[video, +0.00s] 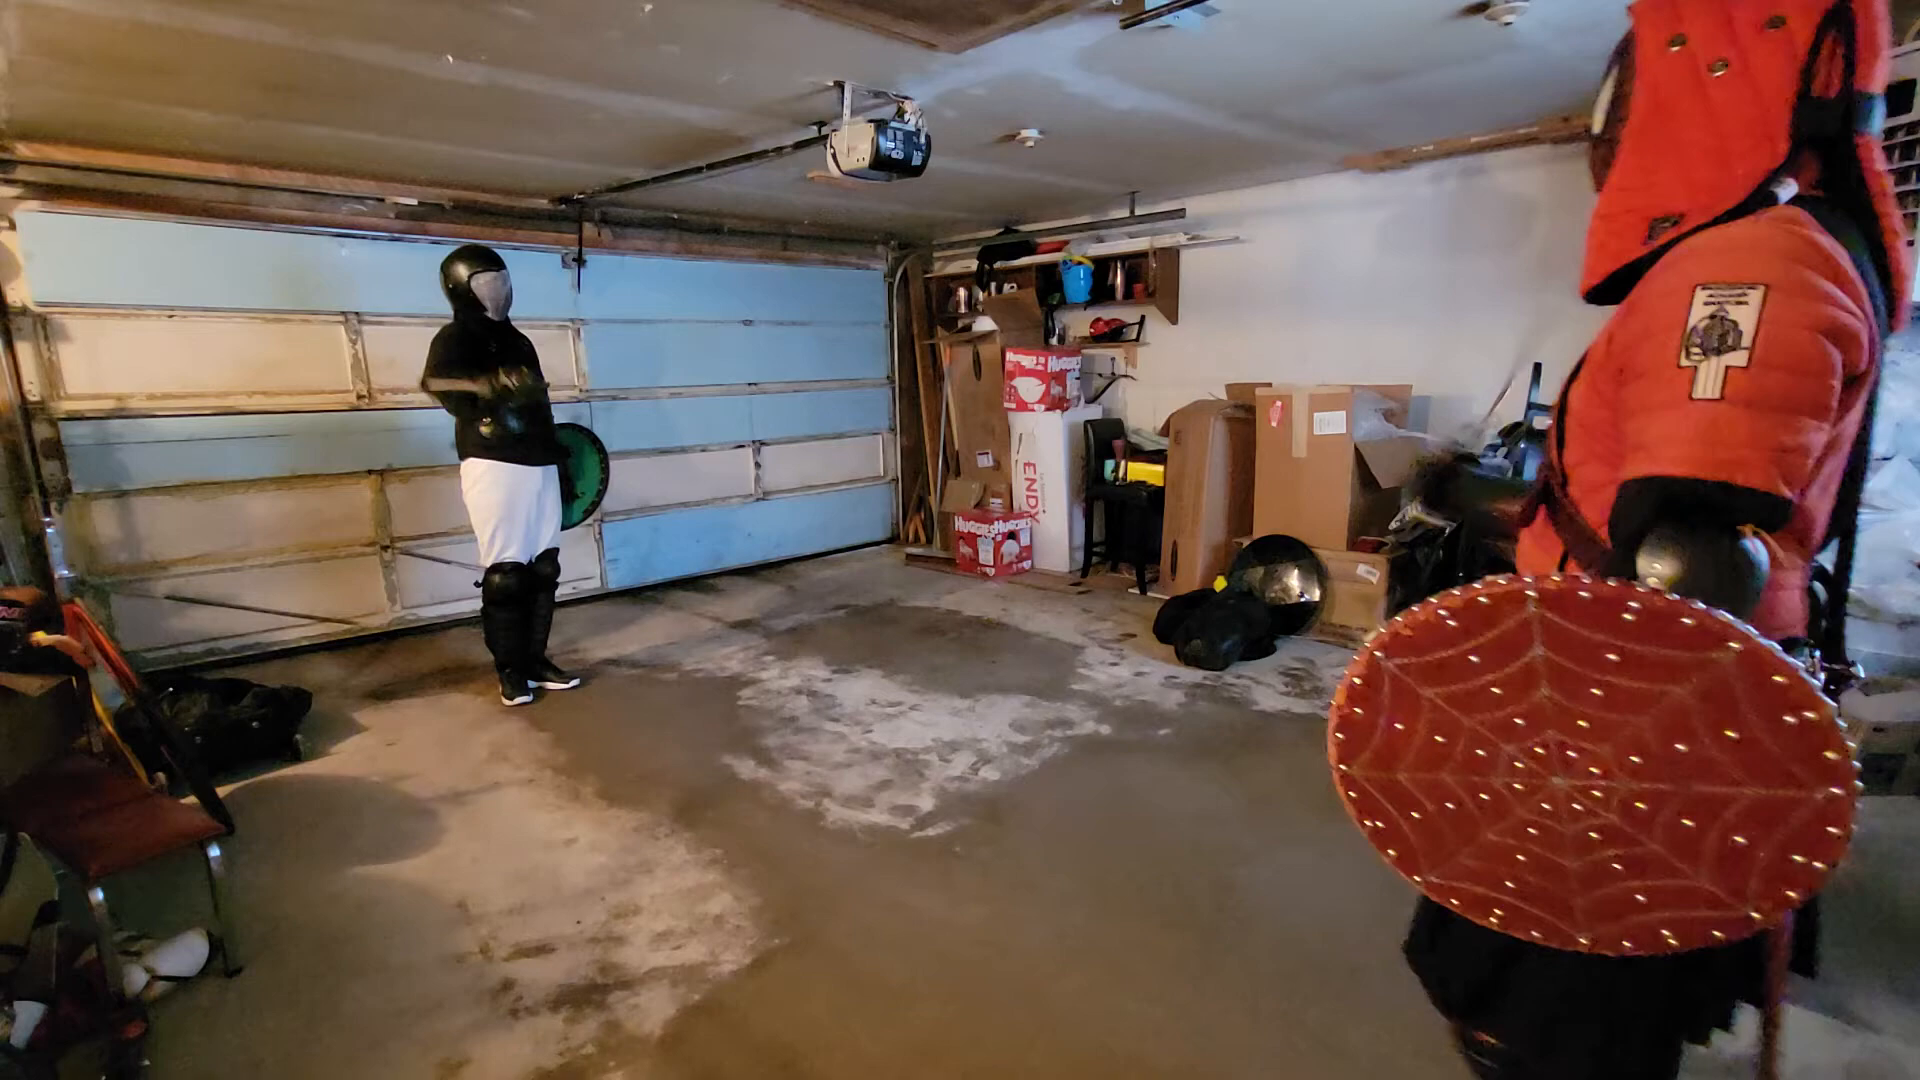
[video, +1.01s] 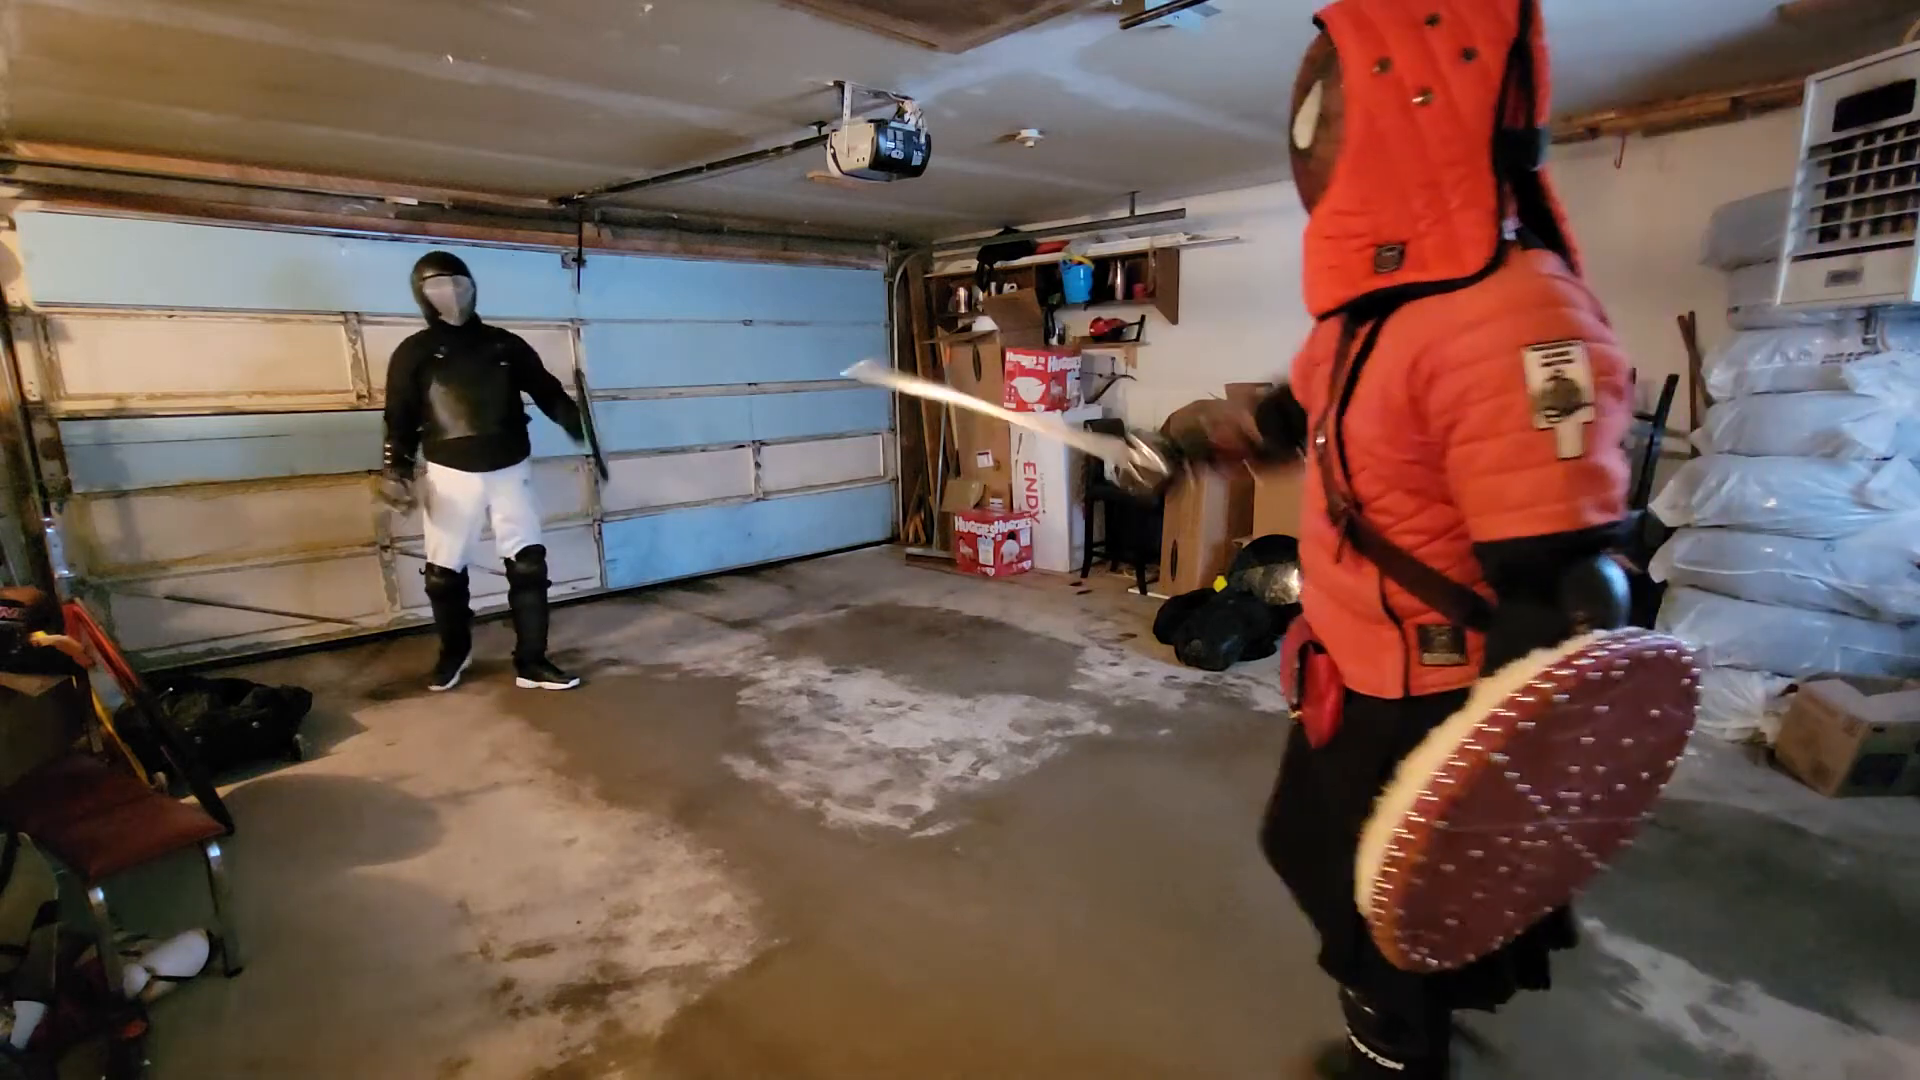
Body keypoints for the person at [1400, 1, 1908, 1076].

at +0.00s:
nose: (1607, 121)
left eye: (1636, 78)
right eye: (1618, 83)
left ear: (1720, 74)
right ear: (1735, 77)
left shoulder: (1762, 262)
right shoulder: (1737, 247)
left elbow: (1690, 595)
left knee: (1575, 1036)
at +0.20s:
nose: (1548, 128)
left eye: (1576, 88)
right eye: (1555, 93)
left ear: (1679, 83)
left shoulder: (1730, 259)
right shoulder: (1623, 281)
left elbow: (1675, 557)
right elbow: (1484, 474)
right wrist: (1369, 416)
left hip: (1619, 755)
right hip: (1521, 727)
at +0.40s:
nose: (1471, 126)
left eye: (1502, 85)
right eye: (1477, 89)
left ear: (1605, 89)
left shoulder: (1676, 288)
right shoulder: (1513, 301)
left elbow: (1643, 592)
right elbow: (1373, 442)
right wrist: (1252, 375)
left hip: (1570, 764)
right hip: (1449, 746)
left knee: (1581, 1045)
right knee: (1418, 1027)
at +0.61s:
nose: (1392, 138)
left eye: (1418, 100)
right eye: (1395, 103)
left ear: (1518, 100)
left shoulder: (1602, 300)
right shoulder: (1440, 286)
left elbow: (1616, 599)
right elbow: (1298, 353)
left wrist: (1552, 800)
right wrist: (1160, 343)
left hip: (1538, 766)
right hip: (1426, 742)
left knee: (1574, 1036)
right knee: (1413, 1021)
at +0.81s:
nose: (1338, 144)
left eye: (1362, 105)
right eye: (1341, 108)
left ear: (1458, 104)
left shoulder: (1558, 307)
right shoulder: (1411, 271)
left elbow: (1594, 607)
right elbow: (1307, 299)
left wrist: (1540, 818)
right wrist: (1186, 300)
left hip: (1469, 706)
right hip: (1393, 679)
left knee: (1404, 962)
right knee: (1494, 960)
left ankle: (1414, 1067)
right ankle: (1539, 1062)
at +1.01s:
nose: (1304, 149)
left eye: (1327, 110)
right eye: (1306, 113)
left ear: (1426, 111)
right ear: (1400, 115)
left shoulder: (1516, 318)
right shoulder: (1379, 285)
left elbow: (1565, 606)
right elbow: (1346, 407)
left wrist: (1495, 808)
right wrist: (1248, 424)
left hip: (1435, 702)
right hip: (1349, 671)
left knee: (1384, 898)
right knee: (1304, 841)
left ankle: (1393, 1050)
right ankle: (1392, 993)